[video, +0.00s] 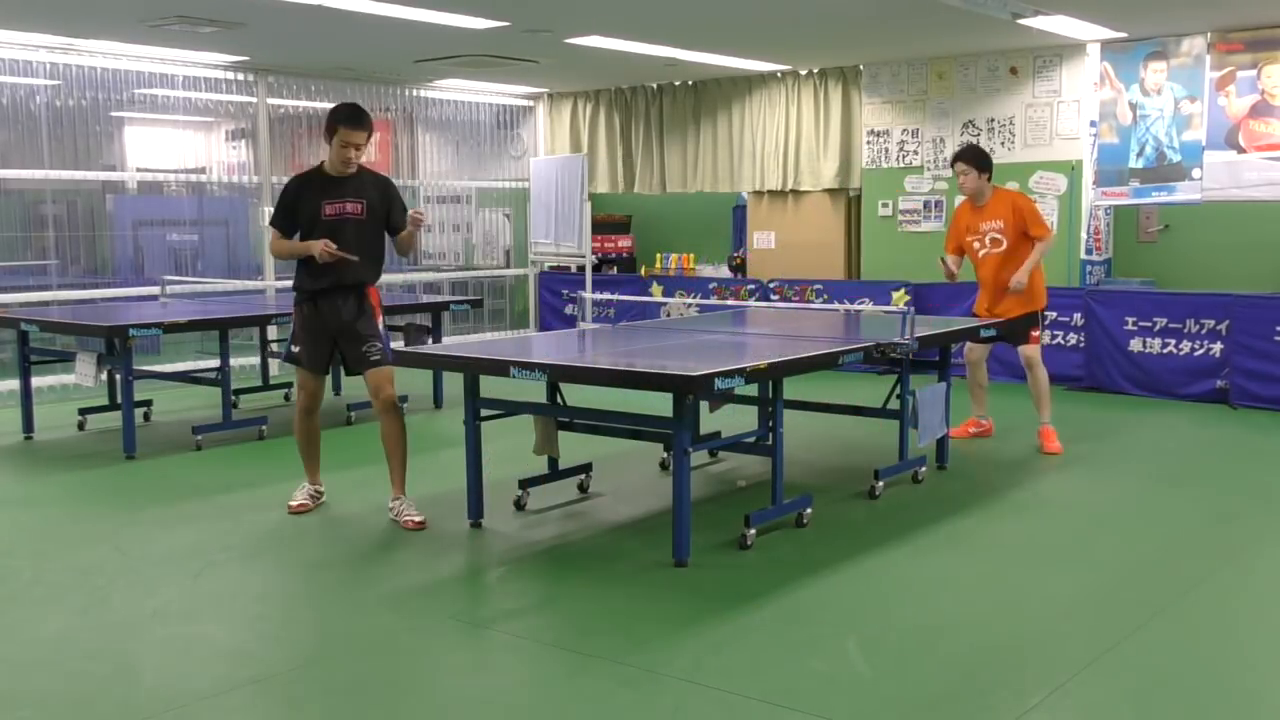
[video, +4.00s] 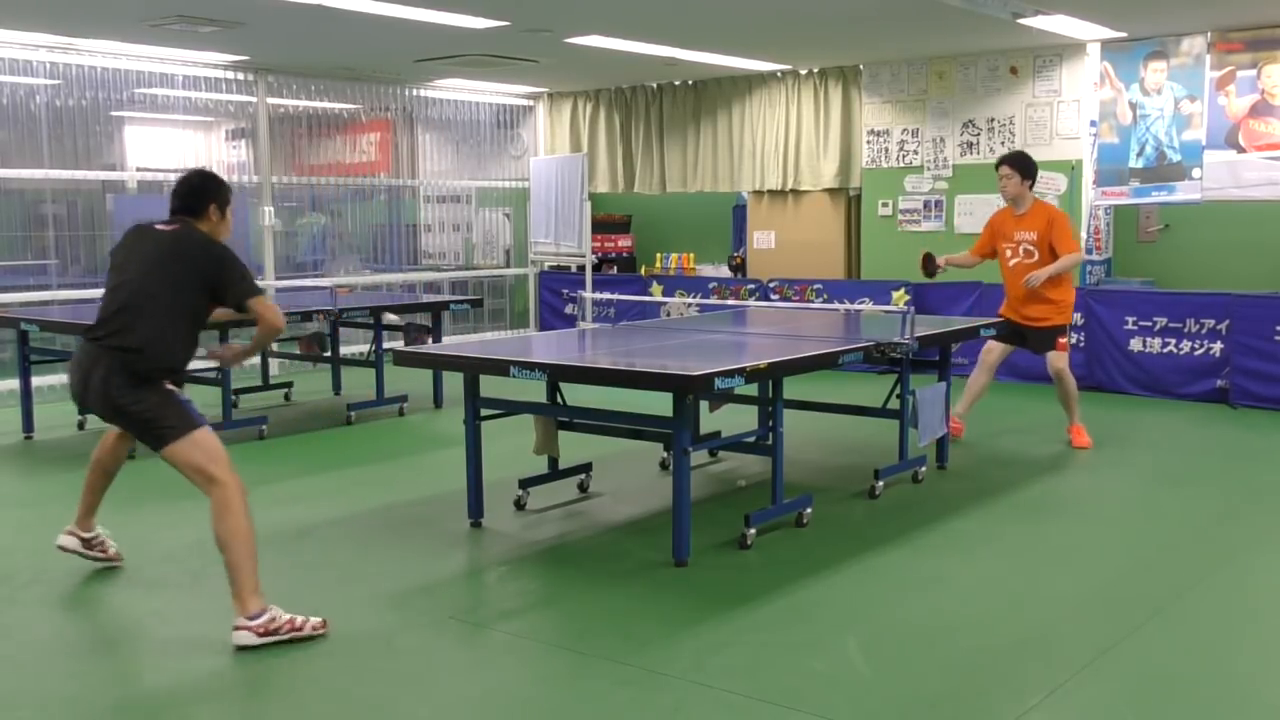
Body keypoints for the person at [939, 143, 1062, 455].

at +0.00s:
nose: (959, 180)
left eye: (965, 173)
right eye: (957, 175)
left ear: (984, 174)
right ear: (958, 178)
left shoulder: (1016, 202)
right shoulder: (962, 213)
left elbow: (1045, 237)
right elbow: (954, 255)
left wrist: (1025, 271)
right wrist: (950, 269)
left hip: (1024, 298)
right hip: (988, 299)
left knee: (1030, 357)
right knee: (973, 355)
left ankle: (1046, 426)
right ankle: (980, 420)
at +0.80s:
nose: (1005, 180)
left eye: (1011, 175)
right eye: (1002, 174)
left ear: (1030, 177)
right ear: (1000, 177)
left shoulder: (1054, 211)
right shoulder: (993, 211)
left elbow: (1071, 255)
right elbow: (978, 251)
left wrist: (1037, 271)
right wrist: (969, 279)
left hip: (1049, 304)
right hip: (1012, 304)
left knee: (1050, 361)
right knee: (993, 356)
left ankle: (1062, 429)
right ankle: (982, 417)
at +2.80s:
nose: (982, 186)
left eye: (989, 180)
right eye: (980, 180)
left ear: (1008, 183)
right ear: (979, 183)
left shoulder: (1031, 217)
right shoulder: (978, 220)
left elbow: (1050, 263)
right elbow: (966, 260)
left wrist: (1014, 281)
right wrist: (947, 277)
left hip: (1038, 310)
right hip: (998, 309)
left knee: (1053, 364)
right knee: (973, 358)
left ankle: (1077, 431)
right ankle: (981, 419)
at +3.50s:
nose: (977, 211)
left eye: (982, 205)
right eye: (975, 205)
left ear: (1003, 206)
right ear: (973, 206)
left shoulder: (1029, 234)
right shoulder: (970, 238)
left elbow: (1050, 280)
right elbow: (926, 255)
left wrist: (1016, 292)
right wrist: (927, 276)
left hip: (1035, 322)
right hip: (993, 321)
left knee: (1051, 374)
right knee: (953, 361)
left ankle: (1076, 433)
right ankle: (947, 427)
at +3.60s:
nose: (966, 205)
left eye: (972, 200)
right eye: (965, 200)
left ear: (992, 202)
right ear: (965, 201)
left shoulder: (1019, 231)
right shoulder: (959, 235)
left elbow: (1044, 273)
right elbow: (921, 247)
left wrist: (1013, 289)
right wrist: (906, 242)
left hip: (1033, 319)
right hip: (991, 319)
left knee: (1049, 370)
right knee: (952, 359)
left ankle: (1076, 433)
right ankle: (948, 428)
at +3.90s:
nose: (989, 193)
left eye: (996, 187)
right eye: (987, 188)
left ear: (1015, 191)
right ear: (986, 191)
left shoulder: (1039, 224)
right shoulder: (981, 230)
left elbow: (1065, 262)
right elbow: (949, 261)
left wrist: (1036, 273)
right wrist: (926, 252)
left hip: (1042, 318)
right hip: (1000, 318)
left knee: (1055, 375)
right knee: (968, 360)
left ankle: (1076, 423)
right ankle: (949, 425)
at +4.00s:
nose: (1001, 184)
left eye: (1008, 178)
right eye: (999, 179)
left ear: (1027, 181)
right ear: (999, 182)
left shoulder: (1052, 216)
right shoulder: (999, 220)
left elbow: (1076, 256)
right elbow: (975, 256)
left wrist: (1046, 271)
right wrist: (945, 261)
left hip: (1053, 312)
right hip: (1015, 311)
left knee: (1058, 368)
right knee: (988, 355)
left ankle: (1075, 424)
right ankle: (957, 417)